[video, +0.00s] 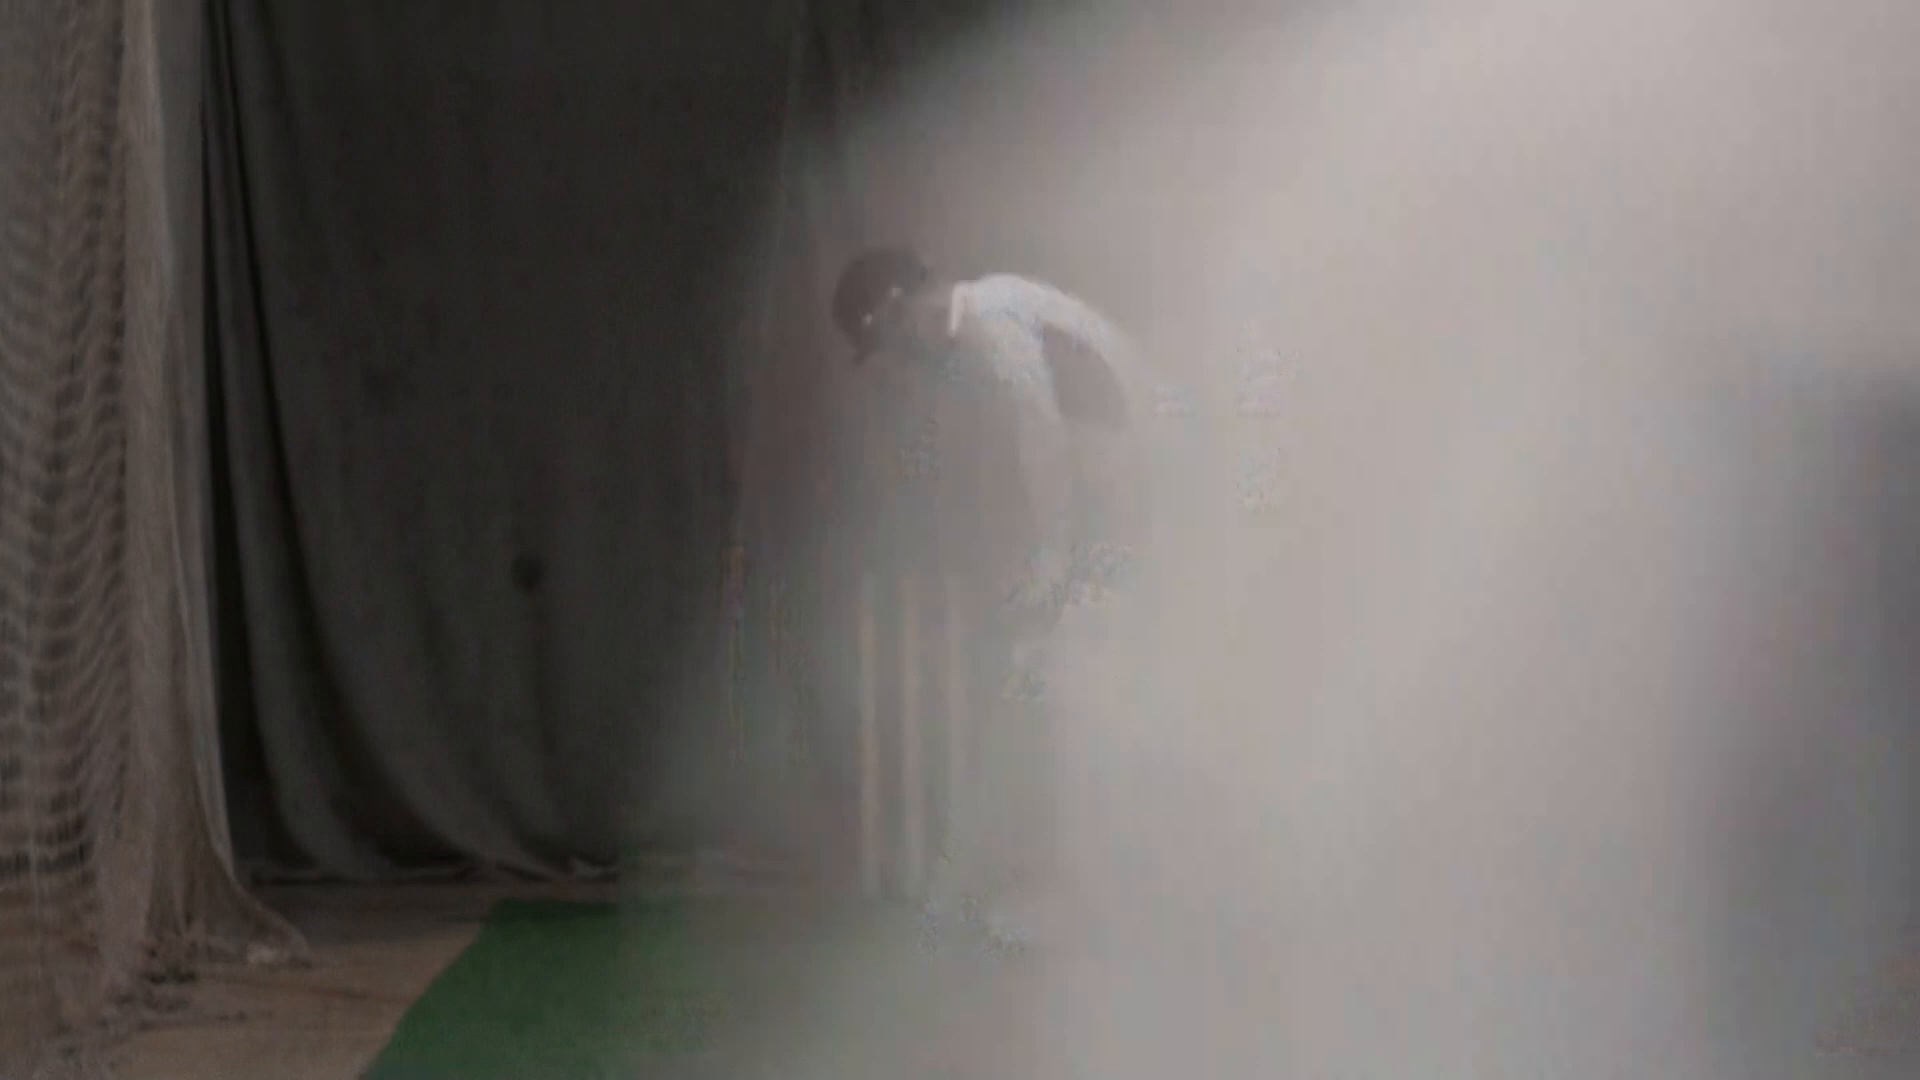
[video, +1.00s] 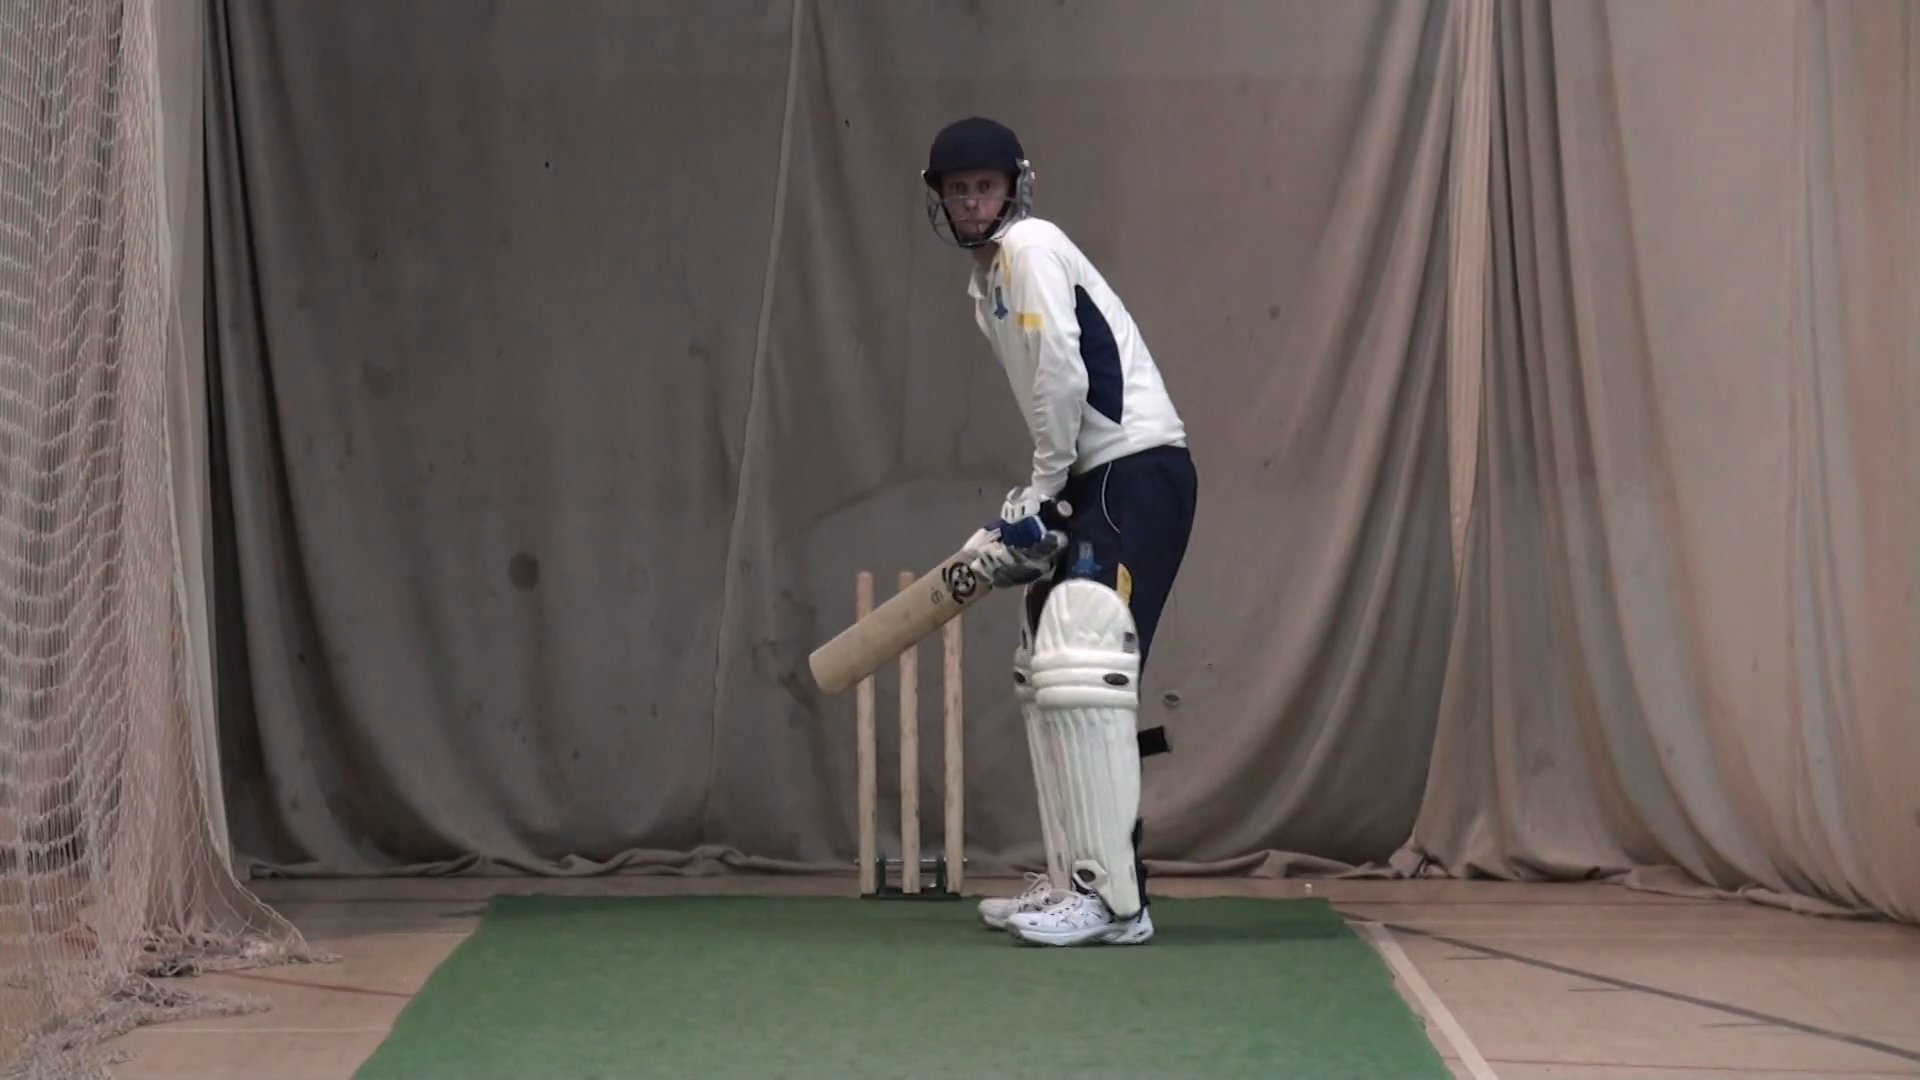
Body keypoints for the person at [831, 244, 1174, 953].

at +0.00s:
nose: (901, 353)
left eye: (892, 333)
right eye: (886, 346)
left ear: (908, 297)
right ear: (895, 315)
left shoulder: (994, 320)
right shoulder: (970, 339)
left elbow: (1042, 452)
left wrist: (1041, 575)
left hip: (1141, 516)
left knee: (1065, 684)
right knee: (1026, 684)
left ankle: (1064, 894)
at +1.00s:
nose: (972, 203)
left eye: (986, 187)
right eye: (957, 191)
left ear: (1014, 187)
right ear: (939, 199)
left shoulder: (1029, 247)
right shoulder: (991, 279)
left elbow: (1062, 377)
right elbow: (1048, 409)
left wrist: (1044, 490)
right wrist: (1028, 514)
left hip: (1135, 469)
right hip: (1090, 477)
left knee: (1081, 670)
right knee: (1046, 673)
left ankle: (1112, 897)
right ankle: (1079, 880)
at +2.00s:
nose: (977, 208)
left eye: (991, 191)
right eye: (961, 196)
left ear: (1020, 190)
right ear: (943, 204)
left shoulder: (1039, 251)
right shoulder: (992, 287)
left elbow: (1080, 379)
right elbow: (1059, 410)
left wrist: (1037, 488)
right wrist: (1027, 521)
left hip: (1144, 472)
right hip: (1094, 481)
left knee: (1093, 676)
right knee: (1055, 677)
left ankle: (1112, 897)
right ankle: (1077, 884)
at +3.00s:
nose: (898, 362)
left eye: (887, 345)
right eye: (885, 355)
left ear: (901, 308)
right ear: (904, 308)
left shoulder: (985, 307)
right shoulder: (973, 333)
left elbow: (1042, 432)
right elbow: (1044, 444)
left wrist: (1058, 550)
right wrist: (1057, 569)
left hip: (1155, 472)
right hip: (1118, 485)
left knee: (1119, 686)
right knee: (1096, 683)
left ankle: (1112, 898)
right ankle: (1095, 887)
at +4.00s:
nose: (968, 203)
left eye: (984, 187)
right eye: (953, 189)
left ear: (1013, 189)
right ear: (935, 198)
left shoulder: (1031, 254)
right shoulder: (980, 292)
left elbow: (1069, 391)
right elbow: (1042, 415)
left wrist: (1040, 513)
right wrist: (1028, 527)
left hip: (1137, 471)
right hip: (1092, 478)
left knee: (1094, 678)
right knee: (1058, 675)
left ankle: (1113, 895)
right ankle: (1081, 880)